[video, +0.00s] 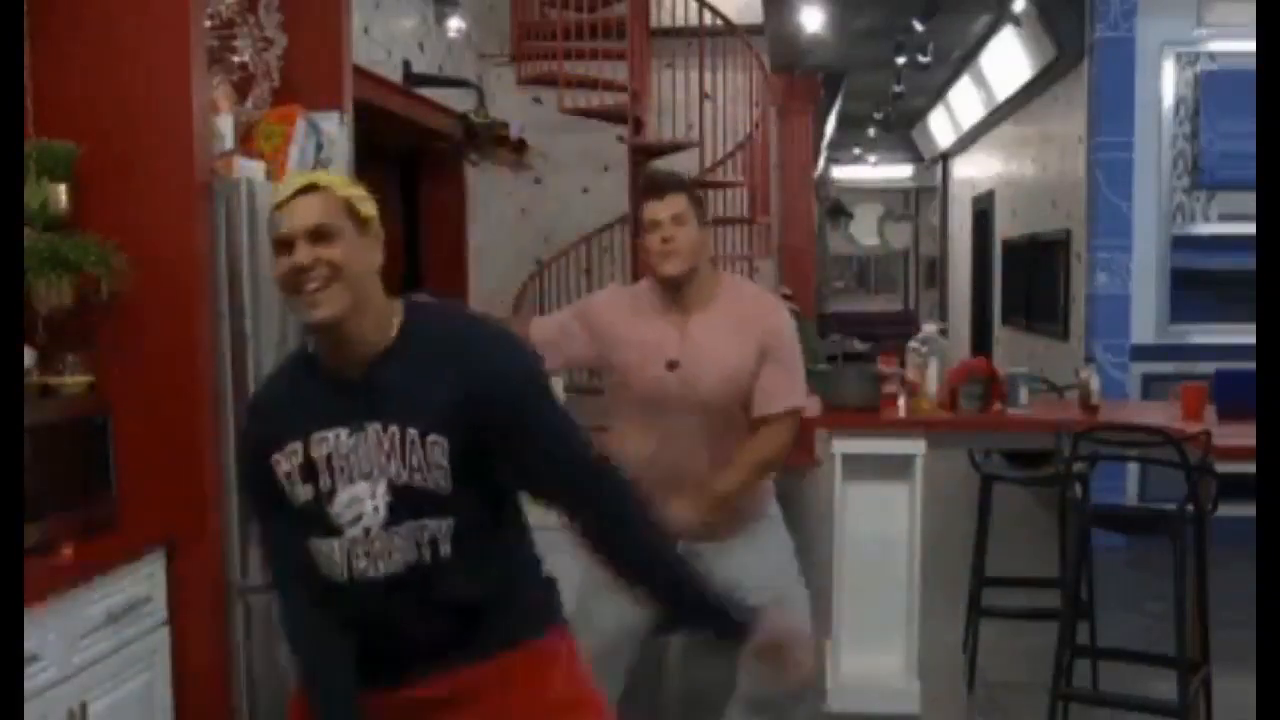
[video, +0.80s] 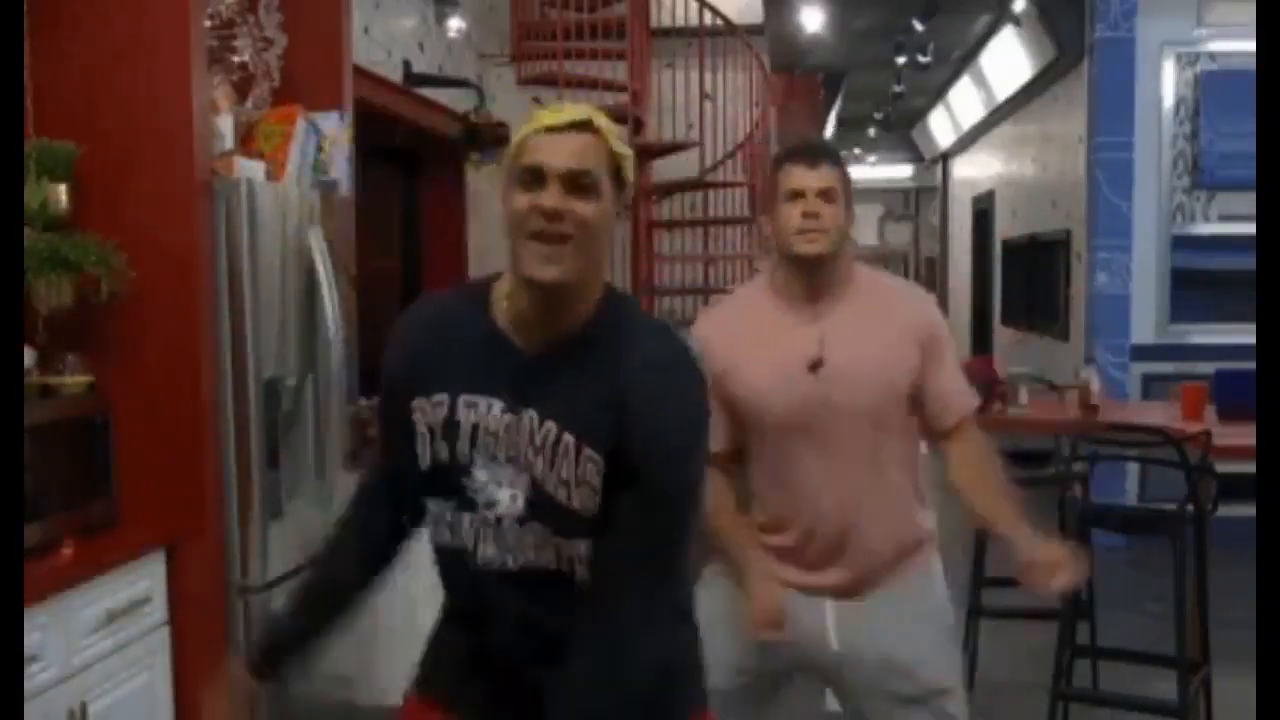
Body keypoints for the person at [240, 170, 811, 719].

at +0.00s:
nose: (301, 261)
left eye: (321, 238)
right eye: (284, 248)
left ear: (374, 244)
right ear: (274, 270)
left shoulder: (475, 356)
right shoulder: (270, 418)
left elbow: (592, 494)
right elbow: (302, 601)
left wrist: (729, 620)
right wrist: (335, 707)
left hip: (511, 674)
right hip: (365, 693)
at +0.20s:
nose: (378, 185)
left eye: (396, 160)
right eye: (360, 180)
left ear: (452, 172)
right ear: (357, 212)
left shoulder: (561, 260)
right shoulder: (358, 342)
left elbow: (711, 339)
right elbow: (403, 509)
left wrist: (890, 373)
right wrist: (528, 483)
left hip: (604, 610)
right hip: (451, 627)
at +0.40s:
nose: (372, 200)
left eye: (397, 178)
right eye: (349, 185)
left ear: (446, 199)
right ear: (324, 219)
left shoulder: (550, 292)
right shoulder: (322, 396)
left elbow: (720, 360)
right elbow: (373, 572)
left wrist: (917, 388)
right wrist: (484, 475)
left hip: (596, 675)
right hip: (442, 695)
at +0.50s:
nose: (406, 197)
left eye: (431, 174)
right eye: (384, 180)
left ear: (480, 192)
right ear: (363, 208)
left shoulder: (578, 298)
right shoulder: (346, 376)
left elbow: (729, 410)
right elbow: (388, 549)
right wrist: (527, 555)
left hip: (619, 675)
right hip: (460, 684)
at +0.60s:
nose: (454, 210)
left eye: (480, 188)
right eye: (431, 191)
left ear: (525, 207)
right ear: (408, 216)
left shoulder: (608, 340)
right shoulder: (373, 372)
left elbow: (743, 493)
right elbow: (420, 556)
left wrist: (912, 651)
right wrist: (545, 665)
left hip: (640, 670)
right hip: (479, 673)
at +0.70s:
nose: (535, 227)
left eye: (564, 208)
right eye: (515, 205)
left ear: (605, 228)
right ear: (492, 225)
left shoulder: (655, 390)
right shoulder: (430, 366)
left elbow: (683, 612)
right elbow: (411, 572)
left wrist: (679, 710)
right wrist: (386, 705)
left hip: (615, 689)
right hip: (478, 682)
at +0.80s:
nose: (550, 204)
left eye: (580, 186)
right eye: (532, 181)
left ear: (617, 210)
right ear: (505, 197)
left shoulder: (658, 375)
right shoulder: (431, 334)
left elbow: (644, 593)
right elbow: (392, 500)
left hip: (619, 678)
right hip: (472, 664)